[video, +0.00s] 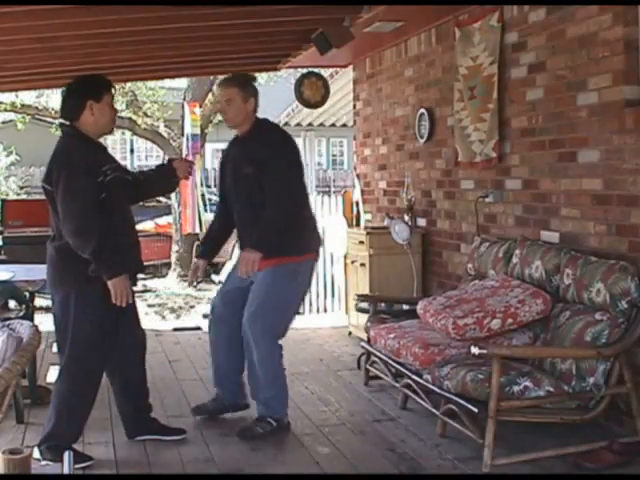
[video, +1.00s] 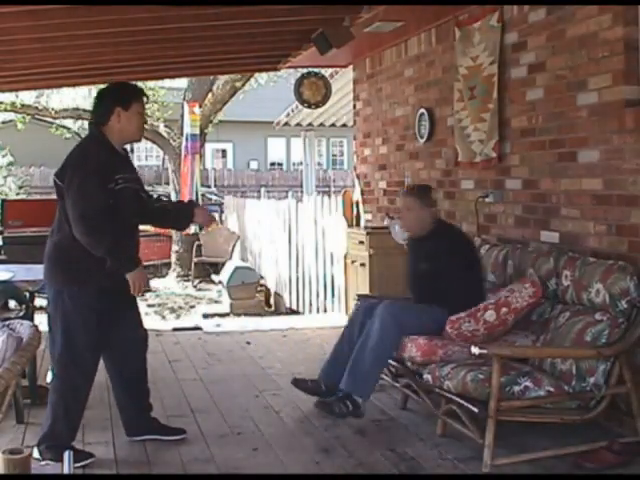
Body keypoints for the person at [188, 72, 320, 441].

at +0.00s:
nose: (222, 110)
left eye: (228, 102)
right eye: (220, 103)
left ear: (250, 102)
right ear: (223, 107)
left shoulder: (277, 141)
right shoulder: (232, 153)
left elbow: (286, 202)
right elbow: (228, 210)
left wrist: (258, 244)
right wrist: (205, 254)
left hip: (291, 253)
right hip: (255, 254)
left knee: (259, 324)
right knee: (223, 313)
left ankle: (274, 415)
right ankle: (230, 395)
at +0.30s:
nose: (256, 127)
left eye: (263, 120)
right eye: (254, 121)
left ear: (283, 121)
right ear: (253, 124)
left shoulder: (309, 157)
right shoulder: (258, 170)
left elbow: (327, 209)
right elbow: (242, 220)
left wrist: (312, 251)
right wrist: (217, 264)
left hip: (327, 257)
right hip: (290, 259)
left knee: (282, 317)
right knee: (260, 317)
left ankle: (298, 406)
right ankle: (279, 391)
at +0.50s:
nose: (280, 142)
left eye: (286, 135)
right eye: (279, 135)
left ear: (307, 135)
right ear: (288, 138)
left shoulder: (338, 171)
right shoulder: (298, 180)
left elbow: (361, 225)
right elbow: (302, 236)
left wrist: (357, 276)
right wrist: (277, 273)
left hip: (363, 266)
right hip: (328, 267)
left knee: (321, 323)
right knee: (291, 314)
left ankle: (350, 406)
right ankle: (284, 391)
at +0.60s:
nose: (295, 155)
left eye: (301, 148)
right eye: (295, 148)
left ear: (321, 149)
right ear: (309, 151)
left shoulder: (353, 182)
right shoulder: (313, 189)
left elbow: (383, 226)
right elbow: (333, 235)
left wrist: (400, 268)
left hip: (377, 272)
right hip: (345, 271)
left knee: (328, 319)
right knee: (304, 309)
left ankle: (348, 407)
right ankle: (305, 388)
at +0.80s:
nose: (336, 186)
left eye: (343, 180)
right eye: (336, 180)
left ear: (364, 182)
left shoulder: (397, 213)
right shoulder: (355, 217)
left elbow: (422, 263)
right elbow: (378, 268)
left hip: (424, 294)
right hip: (389, 289)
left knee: (357, 315)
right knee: (335, 309)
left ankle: (349, 406)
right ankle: (328, 388)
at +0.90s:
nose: (365, 203)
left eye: (370, 197)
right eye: (364, 197)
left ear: (392, 197)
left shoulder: (426, 228)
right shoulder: (388, 232)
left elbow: (443, 286)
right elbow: (403, 282)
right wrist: (389, 298)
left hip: (444, 309)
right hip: (413, 302)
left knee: (371, 314)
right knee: (351, 307)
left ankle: (351, 402)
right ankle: (327, 386)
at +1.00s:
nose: (401, 218)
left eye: (407, 211)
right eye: (400, 211)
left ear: (429, 211)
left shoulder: (456, 242)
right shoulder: (416, 242)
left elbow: (467, 302)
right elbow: (422, 290)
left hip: (456, 318)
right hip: (428, 312)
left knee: (389, 312)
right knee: (365, 308)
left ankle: (352, 397)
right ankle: (330, 383)